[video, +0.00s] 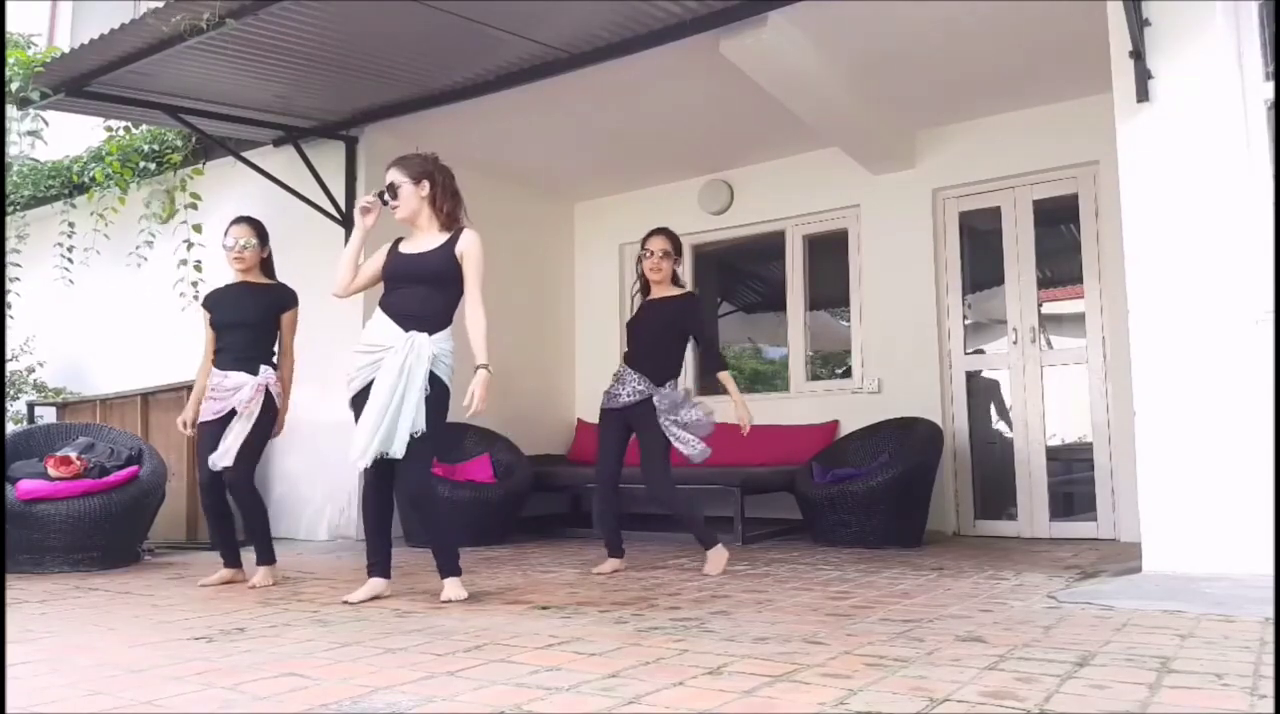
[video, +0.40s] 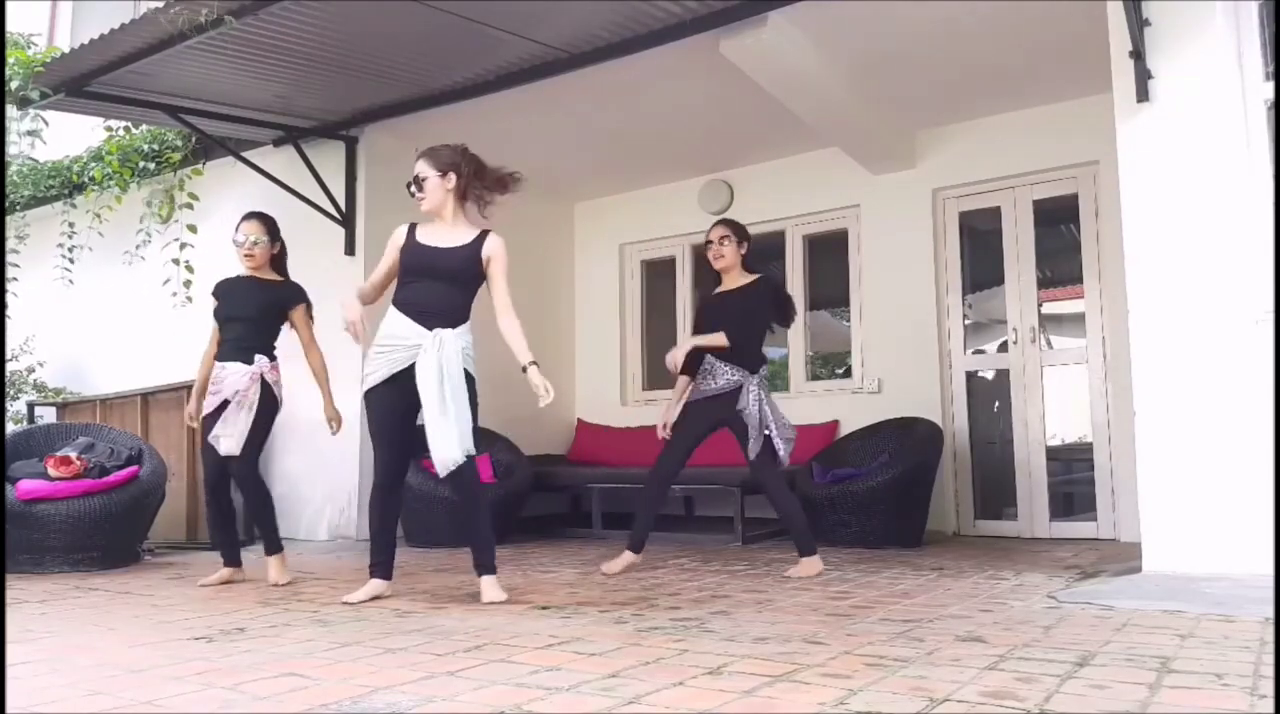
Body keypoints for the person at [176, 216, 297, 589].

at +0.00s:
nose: (237, 251)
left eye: (246, 244)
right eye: (231, 245)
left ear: (263, 250)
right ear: (224, 251)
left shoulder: (281, 295)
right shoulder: (215, 299)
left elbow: (286, 356)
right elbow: (209, 358)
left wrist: (283, 406)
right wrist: (192, 404)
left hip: (260, 393)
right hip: (217, 393)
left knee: (239, 476)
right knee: (208, 479)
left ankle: (265, 564)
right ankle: (231, 565)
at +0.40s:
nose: (247, 248)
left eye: (257, 241)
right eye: (241, 241)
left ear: (274, 247)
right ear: (234, 246)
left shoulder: (288, 291)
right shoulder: (225, 289)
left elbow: (311, 347)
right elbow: (214, 345)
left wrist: (328, 401)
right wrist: (196, 395)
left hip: (259, 387)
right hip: (220, 386)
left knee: (243, 466)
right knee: (214, 475)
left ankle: (274, 555)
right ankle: (231, 564)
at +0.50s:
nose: (254, 246)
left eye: (263, 239)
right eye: (248, 239)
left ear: (281, 244)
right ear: (240, 242)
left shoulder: (291, 288)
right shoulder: (231, 284)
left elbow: (319, 345)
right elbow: (230, 334)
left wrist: (341, 399)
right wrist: (225, 377)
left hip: (264, 383)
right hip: (224, 382)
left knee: (273, 468)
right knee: (218, 473)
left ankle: (327, 540)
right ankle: (231, 563)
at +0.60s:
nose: (261, 245)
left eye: (269, 238)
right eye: (255, 238)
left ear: (288, 242)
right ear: (248, 241)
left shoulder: (298, 284)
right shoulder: (241, 283)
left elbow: (316, 345)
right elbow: (240, 334)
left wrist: (336, 399)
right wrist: (236, 373)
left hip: (274, 380)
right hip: (234, 380)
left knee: (307, 463)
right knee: (219, 473)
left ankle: (365, 534)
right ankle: (230, 562)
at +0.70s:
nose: (271, 244)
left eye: (280, 237)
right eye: (266, 237)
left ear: (298, 241)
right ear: (258, 241)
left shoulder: (308, 283)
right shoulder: (257, 284)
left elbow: (308, 343)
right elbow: (259, 339)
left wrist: (303, 396)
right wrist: (247, 388)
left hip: (297, 379)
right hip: (257, 381)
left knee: (332, 461)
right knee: (223, 466)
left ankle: (375, 544)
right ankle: (228, 558)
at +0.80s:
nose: (284, 249)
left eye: (292, 242)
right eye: (278, 243)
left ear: (309, 247)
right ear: (271, 248)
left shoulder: (322, 281)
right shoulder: (271, 297)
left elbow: (314, 333)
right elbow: (266, 356)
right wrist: (251, 410)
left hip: (321, 384)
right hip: (281, 386)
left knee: (335, 470)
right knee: (237, 463)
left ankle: (366, 555)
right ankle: (211, 555)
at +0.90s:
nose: (295, 258)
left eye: (303, 251)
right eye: (288, 253)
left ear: (319, 253)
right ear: (281, 258)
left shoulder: (341, 289)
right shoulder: (284, 303)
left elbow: (311, 327)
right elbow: (268, 363)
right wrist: (236, 404)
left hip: (328, 394)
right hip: (281, 393)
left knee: (340, 477)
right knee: (240, 471)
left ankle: (354, 561)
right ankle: (215, 561)